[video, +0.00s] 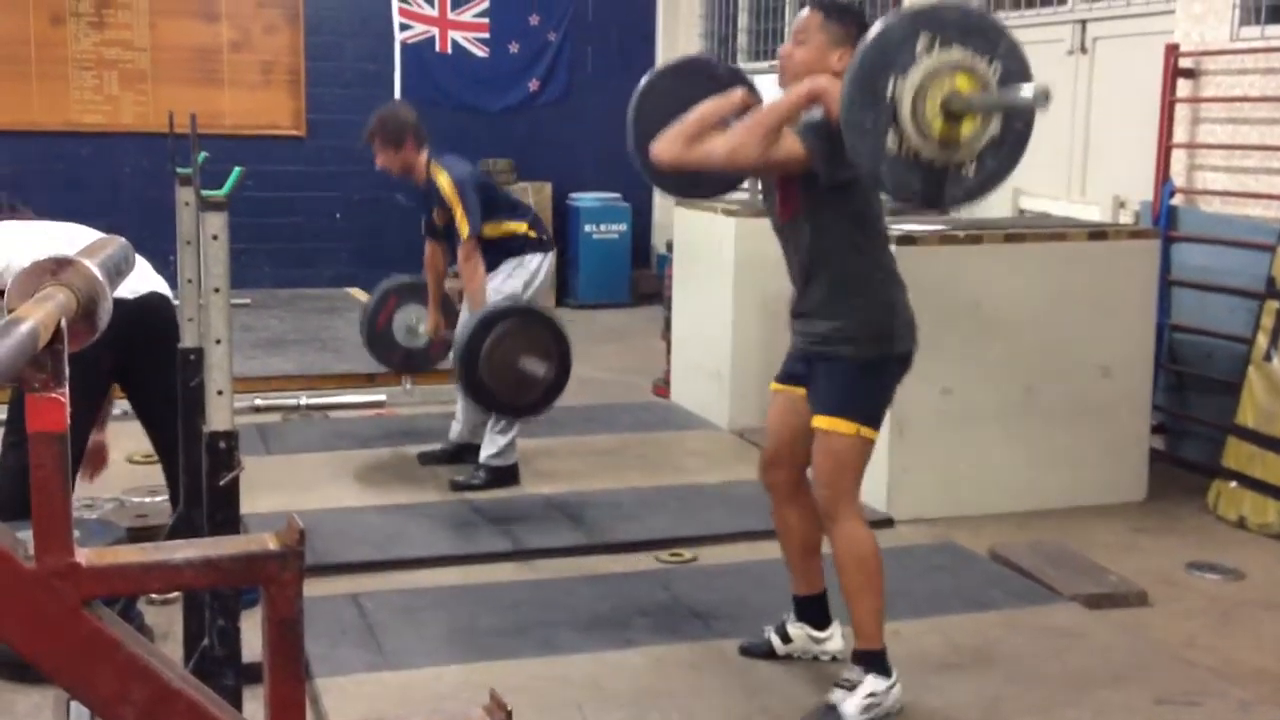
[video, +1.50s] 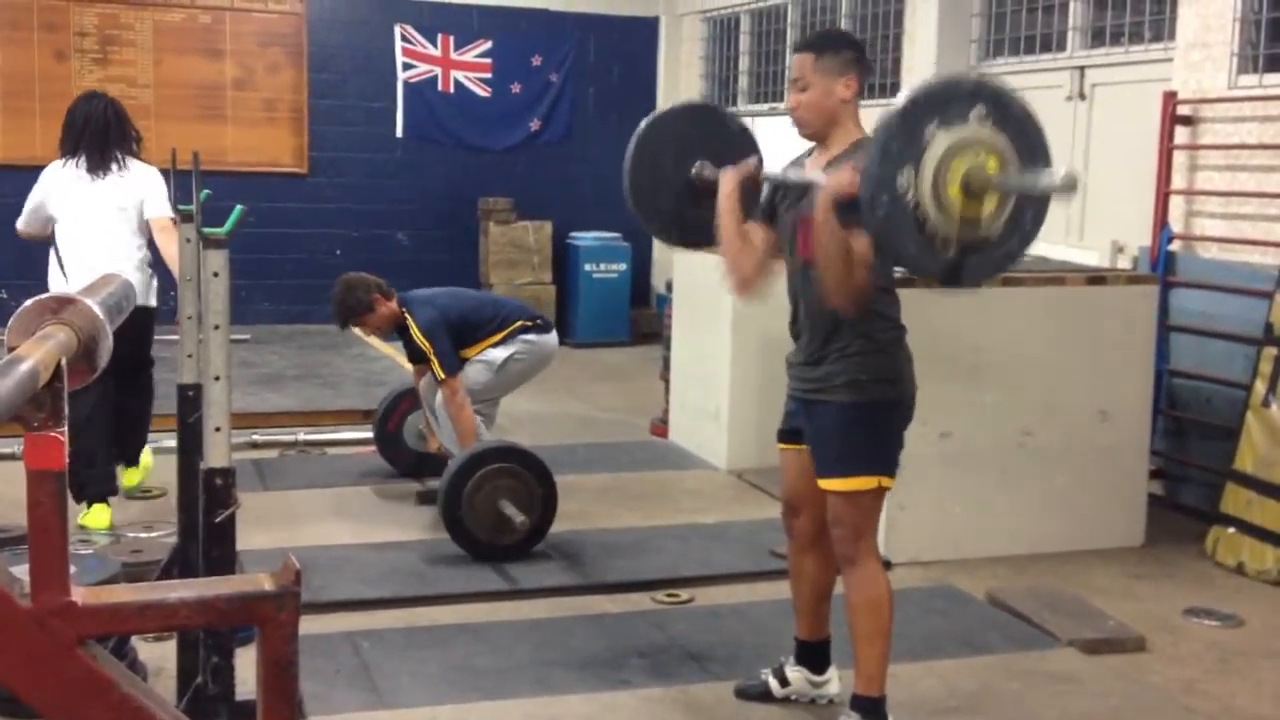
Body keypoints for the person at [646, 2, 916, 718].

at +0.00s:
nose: (783, 50)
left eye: (799, 39)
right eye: (788, 38)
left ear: (839, 57)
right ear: (796, 55)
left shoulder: (838, 125)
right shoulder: (779, 122)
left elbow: (738, 155)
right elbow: (666, 152)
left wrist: (803, 93)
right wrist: (734, 98)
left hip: (864, 334)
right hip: (813, 330)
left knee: (834, 492)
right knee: (780, 474)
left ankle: (875, 669)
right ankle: (813, 624)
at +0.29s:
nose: (800, 51)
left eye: (817, 39)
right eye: (806, 39)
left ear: (856, 58)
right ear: (835, 57)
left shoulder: (849, 132)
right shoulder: (797, 135)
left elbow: (747, 141)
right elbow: (681, 134)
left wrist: (827, 87)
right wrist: (772, 95)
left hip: (836, 350)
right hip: (794, 346)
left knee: (847, 513)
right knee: (804, 497)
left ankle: (878, 685)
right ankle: (819, 643)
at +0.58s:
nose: (812, 63)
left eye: (830, 52)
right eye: (819, 52)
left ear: (870, 74)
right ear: (840, 74)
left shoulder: (859, 145)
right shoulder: (803, 146)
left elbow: (757, 149)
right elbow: (691, 140)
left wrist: (842, 98)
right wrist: (786, 108)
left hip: (834, 365)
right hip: (788, 361)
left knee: (851, 525)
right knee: (806, 511)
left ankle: (878, 699)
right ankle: (817, 655)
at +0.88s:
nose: (815, 73)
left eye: (832, 63)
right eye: (821, 62)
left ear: (874, 84)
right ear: (846, 85)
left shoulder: (865, 153)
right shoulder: (811, 154)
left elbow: (762, 167)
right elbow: (696, 157)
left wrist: (842, 111)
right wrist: (793, 119)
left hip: (838, 374)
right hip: (792, 370)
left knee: (851, 533)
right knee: (806, 519)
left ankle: (873, 702)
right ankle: (814, 660)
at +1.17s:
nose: (811, 79)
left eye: (827, 68)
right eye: (815, 68)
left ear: (868, 87)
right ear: (838, 89)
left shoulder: (863, 159)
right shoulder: (808, 158)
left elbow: (769, 187)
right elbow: (694, 178)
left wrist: (838, 121)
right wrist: (764, 132)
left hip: (842, 379)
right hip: (797, 375)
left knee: (852, 539)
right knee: (805, 521)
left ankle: (869, 704)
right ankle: (810, 665)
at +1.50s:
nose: (790, 101)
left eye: (802, 87)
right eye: (789, 88)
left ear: (848, 88)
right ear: (820, 94)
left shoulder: (874, 169)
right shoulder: (801, 173)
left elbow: (846, 293)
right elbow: (744, 270)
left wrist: (829, 206)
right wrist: (731, 185)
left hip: (863, 383)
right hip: (809, 379)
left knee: (853, 542)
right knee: (802, 523)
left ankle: (870, 707)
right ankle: (809, 669)